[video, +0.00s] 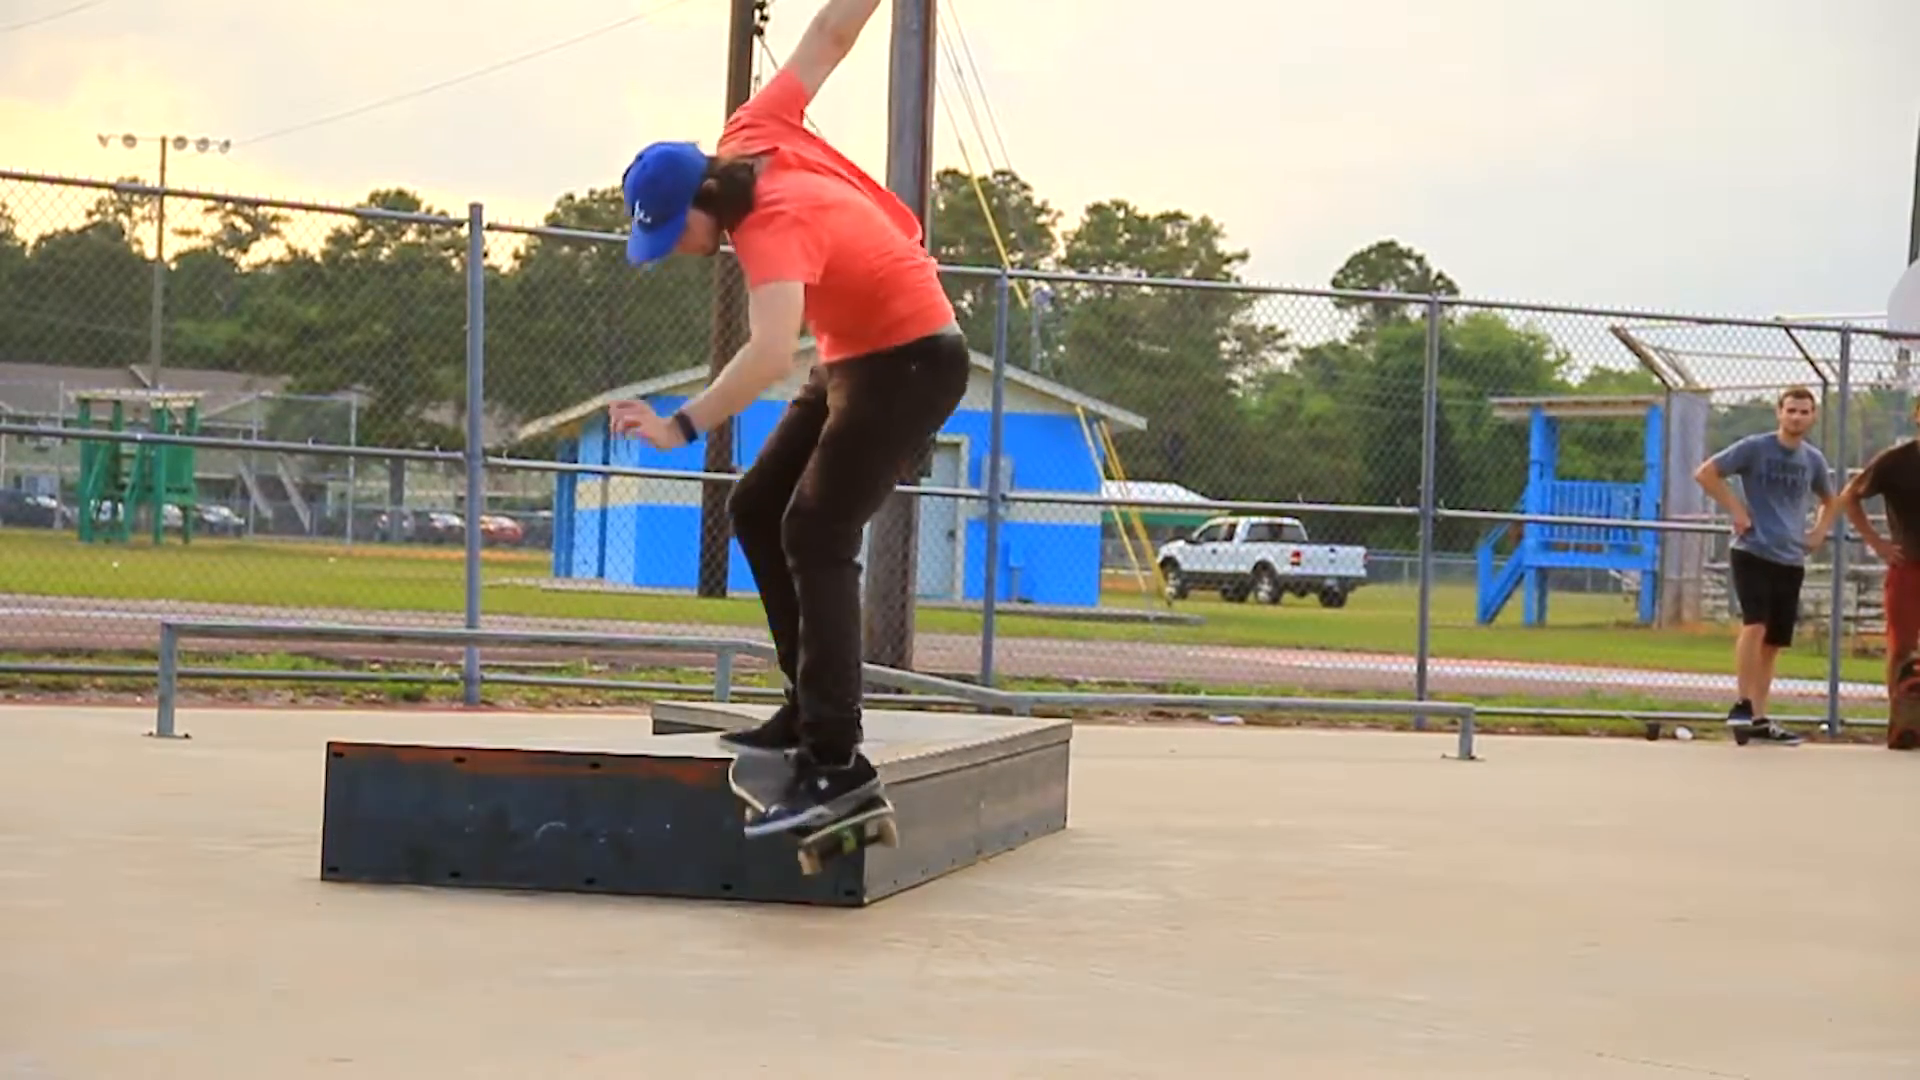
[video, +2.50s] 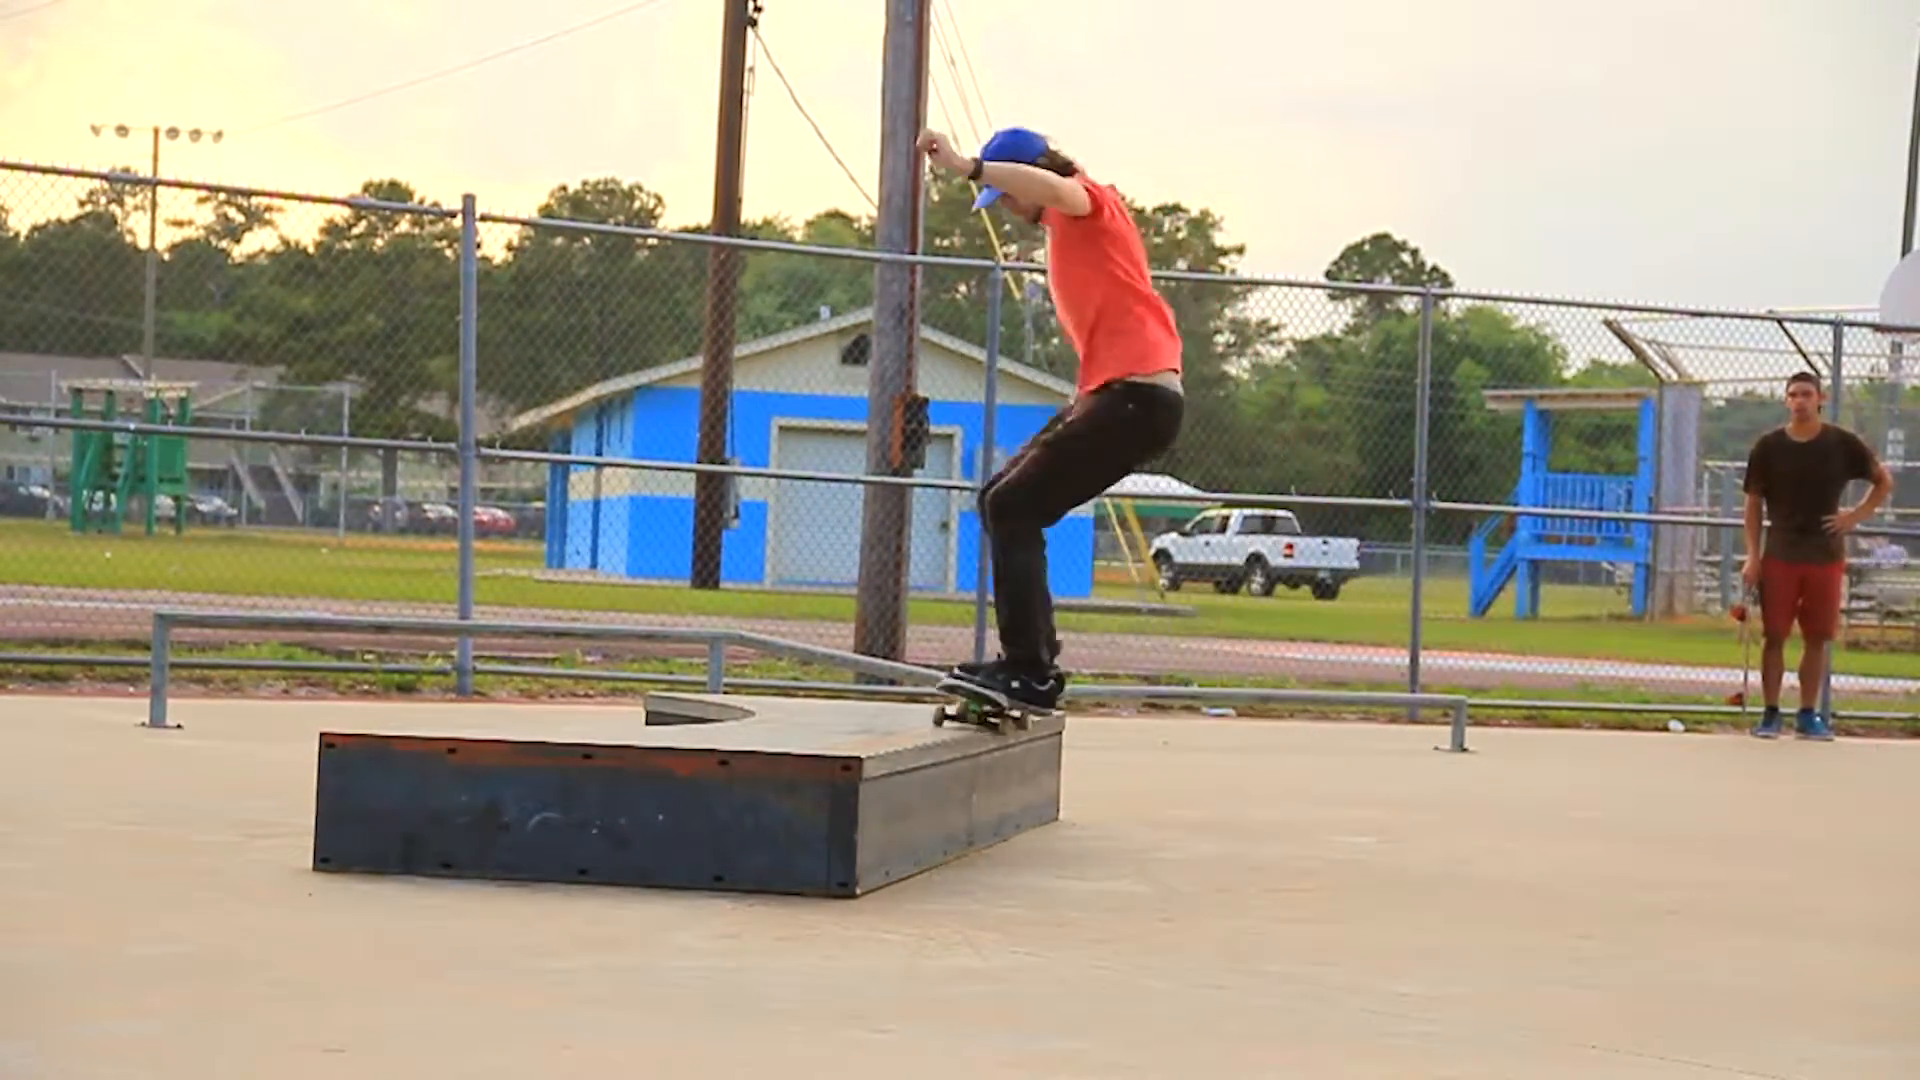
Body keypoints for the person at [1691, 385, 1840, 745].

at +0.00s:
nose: (1798, 417)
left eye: (1805, 412)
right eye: (1792, 410)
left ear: (1812, 417)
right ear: (1779, 413)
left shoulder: (1814, 459)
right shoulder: (1756, 447)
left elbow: (1831, 500)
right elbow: (1706, 473)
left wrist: (1818, 532)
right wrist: (1738, 512)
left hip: (1790, 557)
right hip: (1753, 550)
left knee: (1773, 641)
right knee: (1756, 624)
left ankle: (1758, 716)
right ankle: (1743, 705)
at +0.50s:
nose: (1799, 418)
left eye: (1806, 413)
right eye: (1793, 411)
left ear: (1813, 419)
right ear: (1780, 413)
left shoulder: (1813, 459)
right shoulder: (1755, 447)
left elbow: (1828, 500)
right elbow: (1705, 473)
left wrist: (1817, 534)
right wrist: (1736, 512)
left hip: (1789, 557)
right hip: (1752, 550)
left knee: (1771, 641)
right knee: (1754, 624)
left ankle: (1759, 717)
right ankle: (1743, 704)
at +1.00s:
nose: (1817, 422)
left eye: (1819, 415)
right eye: (1812, 415)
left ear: (1816, 420)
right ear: (1788, 415)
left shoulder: (1812, 459)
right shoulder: (1755, 447)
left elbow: (1828, 500)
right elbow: (1705, 473)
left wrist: (1817, 534)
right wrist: (1735, 511)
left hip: (1789, 557)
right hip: (1752, 550)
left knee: (1772, 641)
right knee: (1753, 624)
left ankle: (1758, 717)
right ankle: (1741, 704)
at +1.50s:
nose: (1807, 401)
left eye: (1814, 395)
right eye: (1802, 395)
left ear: (1827, 400)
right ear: (1793, 400)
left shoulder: (1848, 444)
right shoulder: (1772, 445)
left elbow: (1889, 483)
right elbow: (1757, 501)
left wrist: (1859, 514)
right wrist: (1749, 553)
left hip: (1825, 555)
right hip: (1781, 553)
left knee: (1817, 639)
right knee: (1774, 636)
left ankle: (1808, 714)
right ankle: (1770, 712)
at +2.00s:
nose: (1801, 402)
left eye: (1808, 395)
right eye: (1796, 395)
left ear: (1823, 400)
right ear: (1788, 401)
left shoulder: (1846, 443)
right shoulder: (1770, 446)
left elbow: (1888, 482)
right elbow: (1756, 503)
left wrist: (1859, 515)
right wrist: (1755, 554)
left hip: (1826, 554)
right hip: (1781, 552)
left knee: (1818, 640)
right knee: (1774, 636)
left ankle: (1808, 714)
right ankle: (1770, 712)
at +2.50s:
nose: (1799, 402)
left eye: (1805, 395)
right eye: (1793, 395)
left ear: (1820, 399)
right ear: (1786, 401)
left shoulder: (1843, 443)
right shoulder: (1767, 447)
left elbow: (1884, 481)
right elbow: (1753, 503)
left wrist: (1856, 515)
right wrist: (1752, 554)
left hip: (1824, 556)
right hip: (1779, 553)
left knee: (1817, 639)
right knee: (1774, 637)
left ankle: (1808, 714)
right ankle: (1770, 713)